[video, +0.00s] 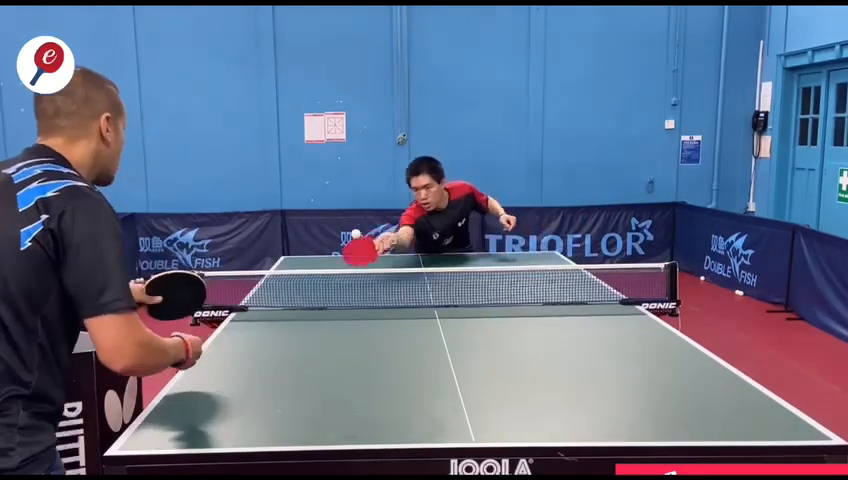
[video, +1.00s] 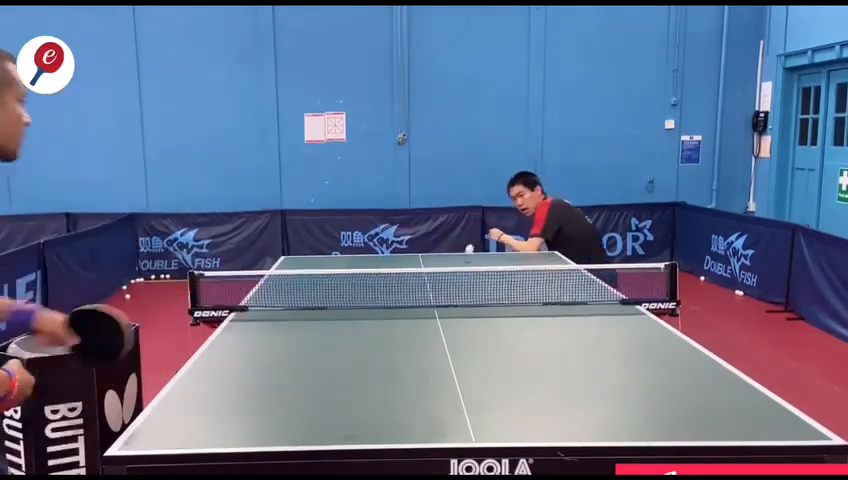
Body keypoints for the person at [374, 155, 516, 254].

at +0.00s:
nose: (422, 196)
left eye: (427, 188)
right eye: (416, 190)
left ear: (442, 183)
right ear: (412, 191)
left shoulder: (464, 191)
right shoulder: (413, 213)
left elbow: (487, 203)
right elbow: (405, 240)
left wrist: (502, 214)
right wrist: (392, 240)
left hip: (465, 263)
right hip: (430, 268)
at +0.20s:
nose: (436, 183)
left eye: (441, 175)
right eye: (430, 178)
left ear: (454, 172)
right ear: (424, 178)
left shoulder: (476, 183)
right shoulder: (418, 209)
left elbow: (499, 196)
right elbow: (395, 248)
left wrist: (515, 212)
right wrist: (403, 246)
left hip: (477, 264)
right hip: (438, 270)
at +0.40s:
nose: (463, 181)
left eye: (468, 173)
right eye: (457, 175)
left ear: (482, 170)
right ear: (452, 175)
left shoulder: (505, 183)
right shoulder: (446, 200)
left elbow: (536, 203)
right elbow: (430, 229)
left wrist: (536, 220)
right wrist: (423, 241)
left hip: (505, 253)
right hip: (465, 258)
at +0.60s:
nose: (493, 181)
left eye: (498, 173)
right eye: (487, 176)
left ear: (512, 171)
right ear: (483, 178)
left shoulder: (538, 187)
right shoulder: (483, 202)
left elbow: (568, 223)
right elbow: (466, 232)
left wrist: (534, 232)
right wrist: (459, 235)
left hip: (543, 265)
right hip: (505, 267)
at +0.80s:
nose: (501, 180)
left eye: (506, 172)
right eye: (496, 176)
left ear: (521, 169)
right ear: (492, 178)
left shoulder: (547, 186)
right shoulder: (504, 203)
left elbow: (558, 231)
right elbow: (492, 238)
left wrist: (515, 238)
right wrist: (469, 247)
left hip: (570, 256)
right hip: (539, 259)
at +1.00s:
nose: (518, 203)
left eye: (521, 195)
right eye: (514, 200)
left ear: (539, 192)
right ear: (512, 202)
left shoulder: (548, 207)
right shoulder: (558, 205)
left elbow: (531, 249)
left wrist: (502, 237)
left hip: (589, 276)